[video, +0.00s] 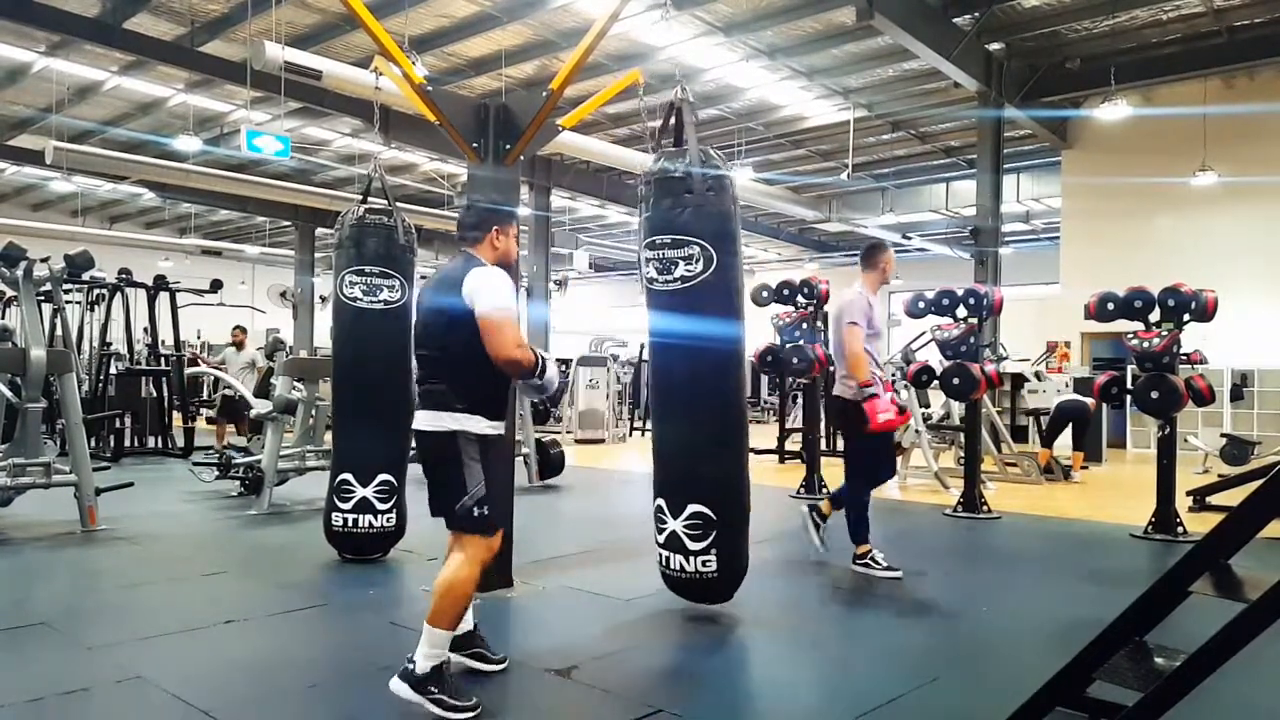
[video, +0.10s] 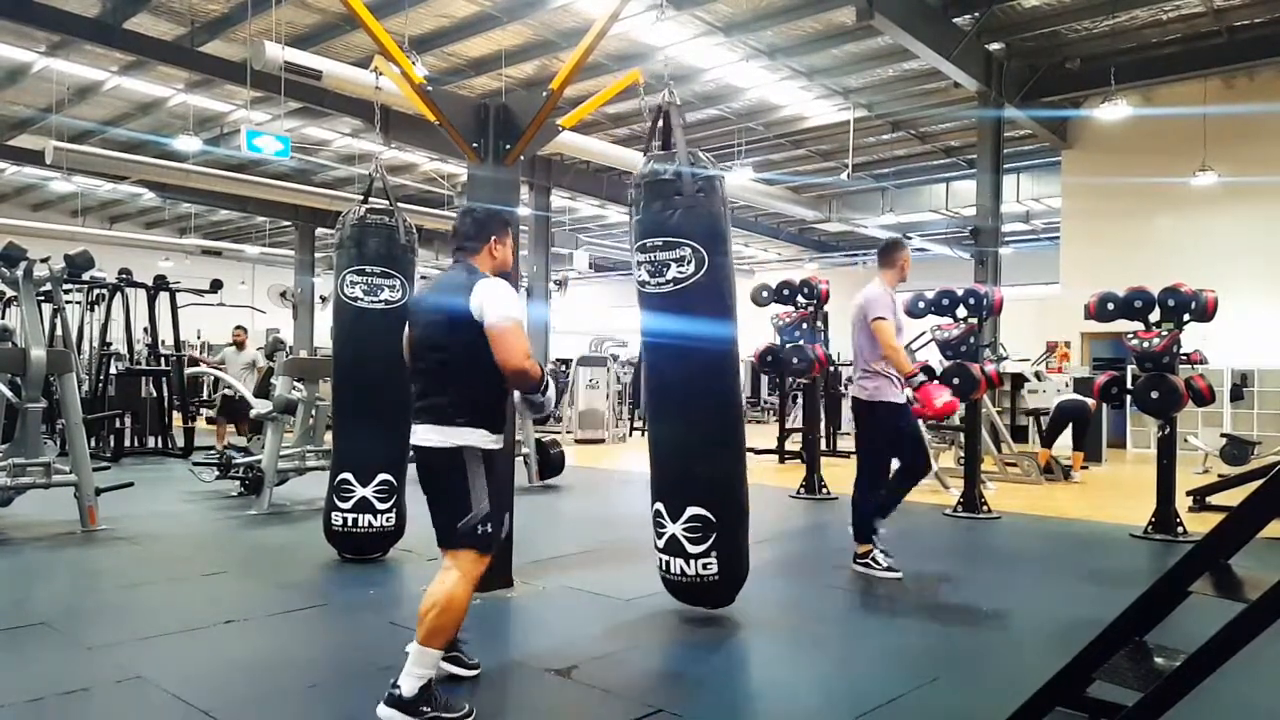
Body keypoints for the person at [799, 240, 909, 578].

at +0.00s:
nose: (893, 271)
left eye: (892, 265)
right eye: (891, 265)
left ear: (871, 265)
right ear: (881, 266)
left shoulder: (868, 302)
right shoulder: (855, 301)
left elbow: (865, 352)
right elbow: (854, 354)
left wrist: (879, 384)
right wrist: (869, 392)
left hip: (868, 397)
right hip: (852, 399)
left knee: (884, 468)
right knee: (860, 476)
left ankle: (824, 508)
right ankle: (862, 550)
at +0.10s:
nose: (909, 267)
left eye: (908, 261)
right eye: (909, 262)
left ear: (884, 262)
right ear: (902, 263)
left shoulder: (885, 297)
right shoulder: (876, 296)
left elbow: (890, 349)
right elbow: (889, 346)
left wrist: (913, 375)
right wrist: (916, 380)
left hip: (886, 397)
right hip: (876, 399)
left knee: (918, 464)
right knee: (870, 474)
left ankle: (870, 518)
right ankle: (863, 550)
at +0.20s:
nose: (927, 269)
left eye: (926, 263)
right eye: (926, 263)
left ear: (899, 261)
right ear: (920, 263)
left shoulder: (900, 296)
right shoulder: (896, 295)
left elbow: (913, 349)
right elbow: (913, 347)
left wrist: (946, 367)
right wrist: (949, 370)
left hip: (905, 400)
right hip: (891, 401)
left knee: (934, 467)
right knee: (880, 475)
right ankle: (863, 551)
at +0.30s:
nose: (946, 270)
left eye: (944, 265)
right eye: (945, 265)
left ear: (917, 264)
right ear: (938, 265)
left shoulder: (911, 297)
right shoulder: (917, 296)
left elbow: (917, 357)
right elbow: (931, 348)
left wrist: (940, 399)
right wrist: (973, 369)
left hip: (915, 405)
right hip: (910, 405)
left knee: (939, 482)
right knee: (887, 479)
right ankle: (864, 550)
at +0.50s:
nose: (998, 266)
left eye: (998, 260)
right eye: (997, 260)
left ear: (971, 260)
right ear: (988, 261)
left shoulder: (970, 296)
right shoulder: (961, 294)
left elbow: (965, 354)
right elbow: (960, 352)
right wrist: (994, 387)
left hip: (971, 404)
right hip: (960, 406)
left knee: (978, 481)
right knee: (966, 482)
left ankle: (983, 562)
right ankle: (896, 533)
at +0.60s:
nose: (1017, 262)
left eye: (1016, 256)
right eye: (1014, 256)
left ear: (993, 258)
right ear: (1003, 258)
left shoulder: (985, 294)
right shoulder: (977, 293)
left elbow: (978, 350)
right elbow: (972, 348)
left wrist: (1002, 385)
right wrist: (986, 395)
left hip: (981, 398)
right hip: (979, 399)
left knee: (981, 480)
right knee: (1005, 478)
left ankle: (983, 562)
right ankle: (932, 525)